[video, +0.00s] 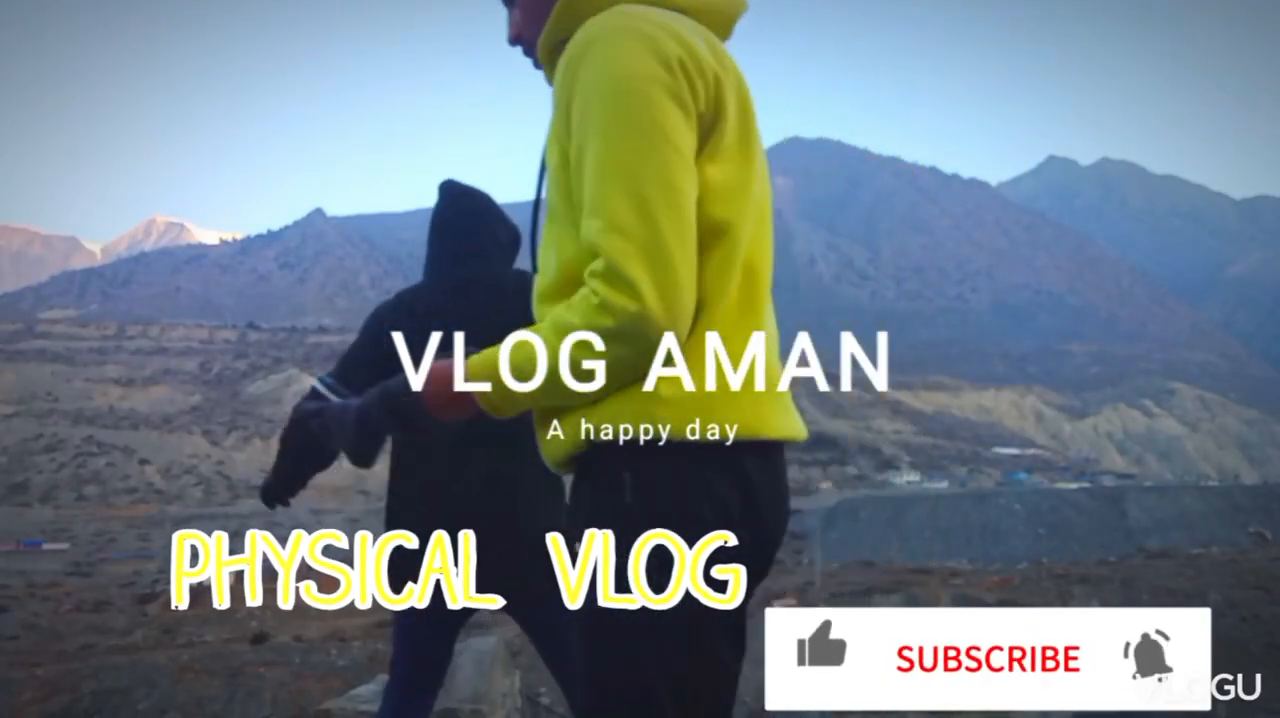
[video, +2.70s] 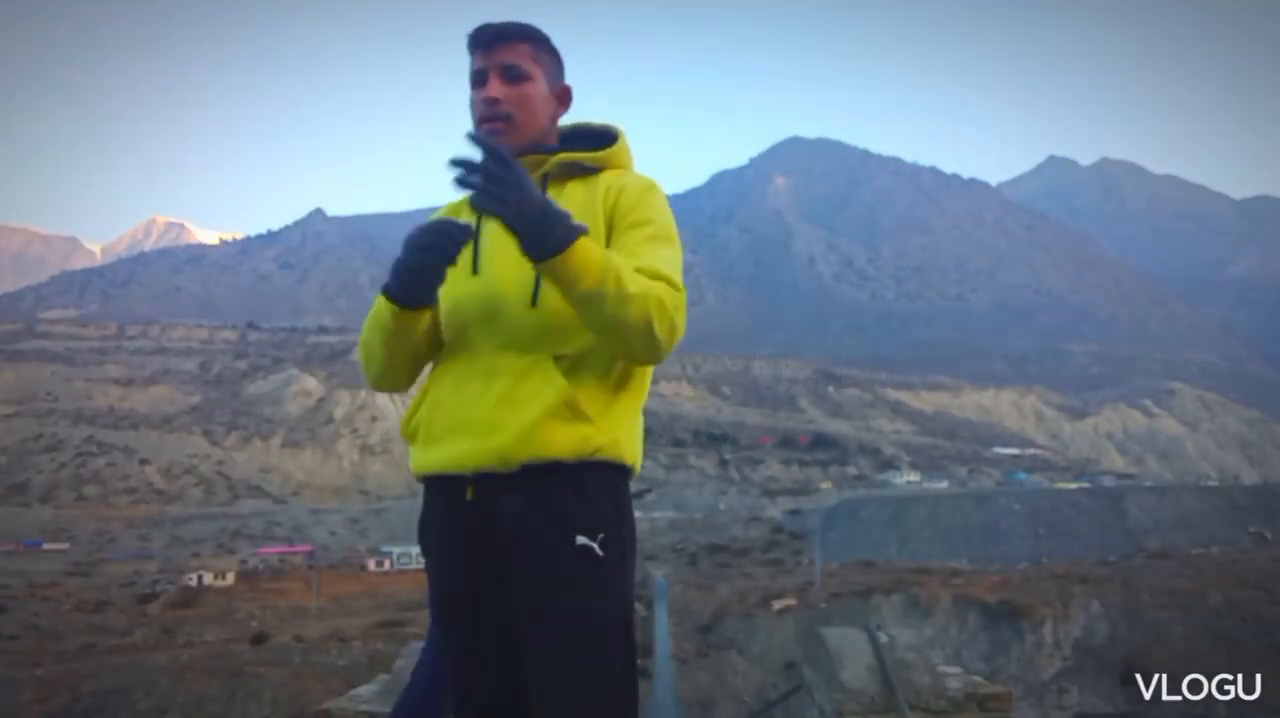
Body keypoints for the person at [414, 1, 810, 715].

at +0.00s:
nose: (513, 31)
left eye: (514, 7)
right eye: (508, 14)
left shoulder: (620, 46)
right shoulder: (674, 45)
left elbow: (635, 310)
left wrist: (474, 382)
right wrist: (487, 375)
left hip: (660, 465)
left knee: (641, 702)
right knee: (670, 701)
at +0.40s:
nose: (450, 24)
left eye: (454, 2)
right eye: (447, 8)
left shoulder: (561, 56)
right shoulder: (609, 52)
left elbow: (524, 331)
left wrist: (357, 426)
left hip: (588, 468)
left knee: (590, 700)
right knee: (617, 699)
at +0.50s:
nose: (445, 28)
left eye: (451, 5)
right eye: (444, 10)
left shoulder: (566, 65)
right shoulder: (585, 65)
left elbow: (526, 330)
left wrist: (344, 428)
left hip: (586, 470)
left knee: (582, 699)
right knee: (555, 696)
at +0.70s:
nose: (437, 67)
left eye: (449, 36)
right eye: (430, 48)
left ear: (521, 18)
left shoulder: (587, 136)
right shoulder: (503, 153)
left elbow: (557, 356)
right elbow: (464, 332)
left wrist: (361, 407)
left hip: (568, 504)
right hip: (492, 504)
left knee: (571, 702)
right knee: (451, 701)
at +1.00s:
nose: (470, 87)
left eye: (486, 64)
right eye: (453, 77)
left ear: (535, 64)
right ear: (447, 94)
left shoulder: (595, 168)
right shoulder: (451, 211)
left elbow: (522, 320)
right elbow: (420, 345)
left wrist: (354, 333)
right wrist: (318, 335)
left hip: (561, 484)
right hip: (464, 489)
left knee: (564, 699)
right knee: (465, 696)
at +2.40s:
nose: (504, 97)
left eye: (527, 82)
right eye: (492, 82)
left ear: (568, 100)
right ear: (479, 99)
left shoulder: (621, 194)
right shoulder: (449, 225)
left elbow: (586, 323)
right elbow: (404, 380)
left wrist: (452, 284)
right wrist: (413, 302)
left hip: (571, 504)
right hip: (459, 507)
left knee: (581, 700)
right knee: (477, 700)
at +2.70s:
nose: (490, 93)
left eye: (513, 76)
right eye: (478, 80)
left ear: (560, 97)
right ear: (466, 100)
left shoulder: (621, 193)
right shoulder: (457, 221)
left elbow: (653, 328)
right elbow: (384, 372)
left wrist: (542, 224)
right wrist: (406, 287)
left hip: (571, 493)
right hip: (456, 498)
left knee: (583, 696)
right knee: (474, 694)